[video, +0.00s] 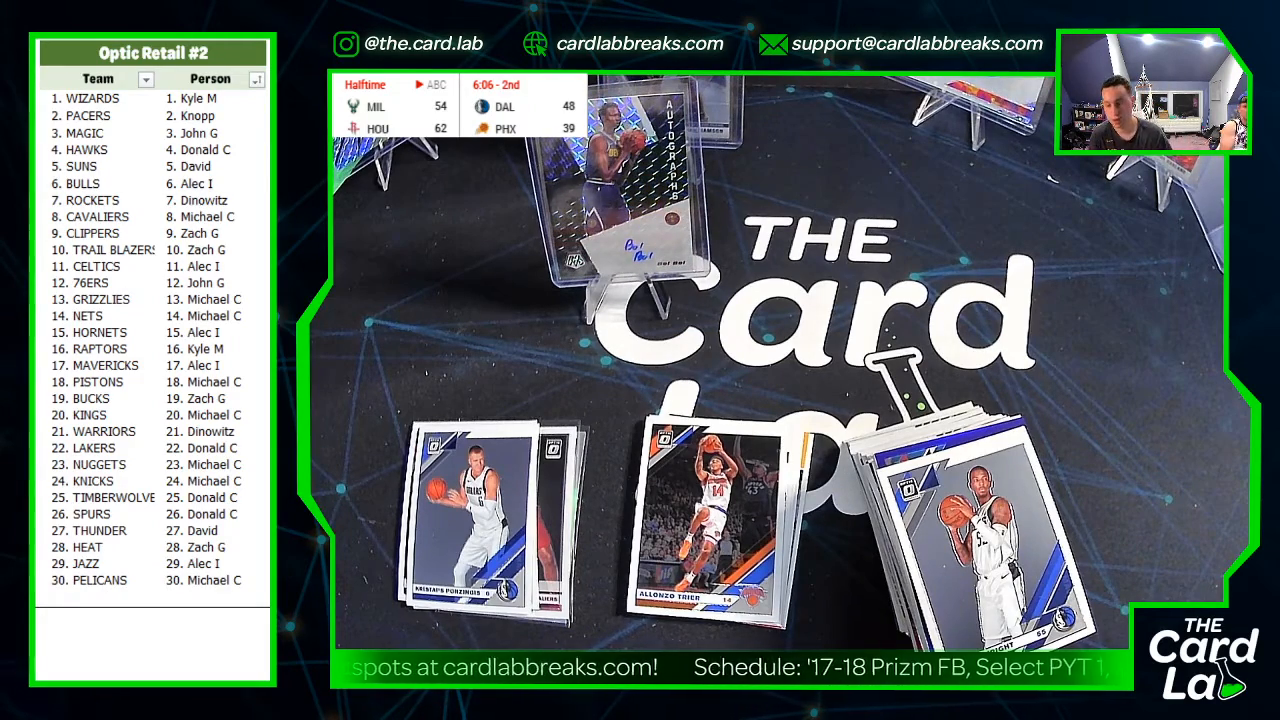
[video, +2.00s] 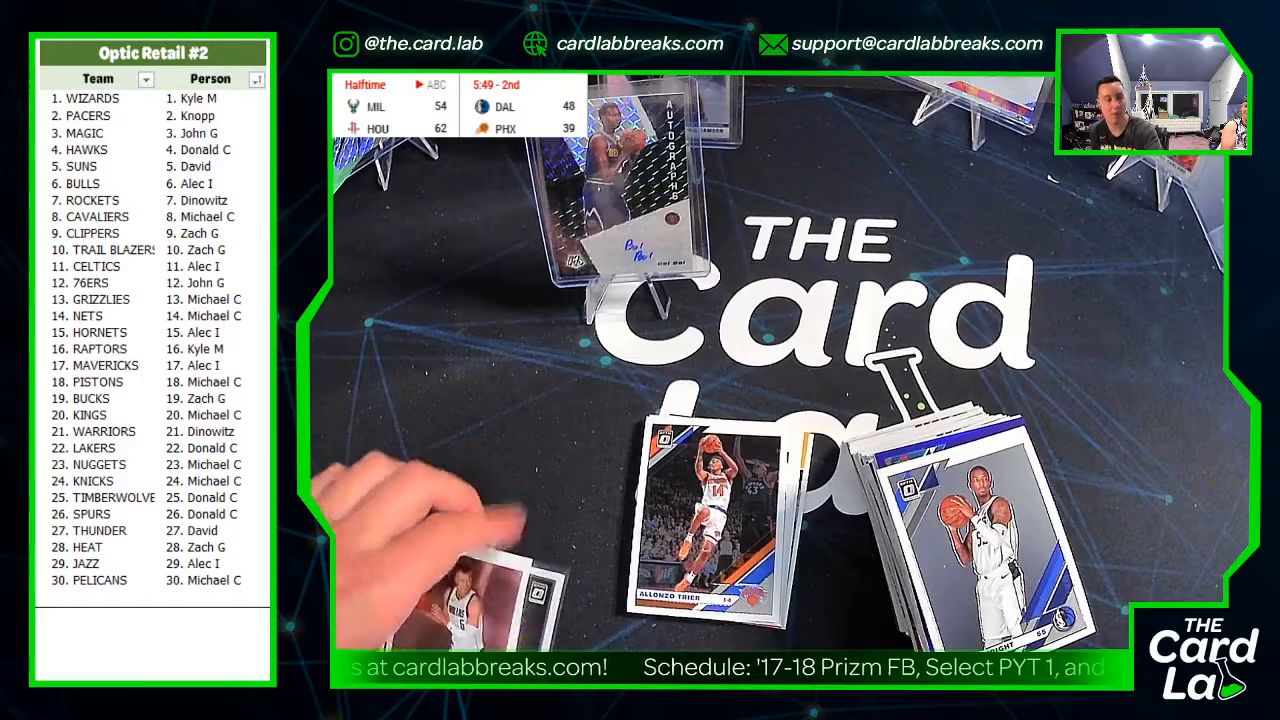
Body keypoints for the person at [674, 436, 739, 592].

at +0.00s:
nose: (714, 463)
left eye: (717, 461)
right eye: (713, 461)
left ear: (721, 465)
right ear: (710, 465)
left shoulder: (727, 476)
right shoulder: (706, 477)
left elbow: (734, 468)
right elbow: (698, 470)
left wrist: (722, 452)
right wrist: (700, 451)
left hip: (721, 513)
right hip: (706, 507)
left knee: (707, 550)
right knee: (704, 511)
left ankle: (689, 578)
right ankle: (688, 539)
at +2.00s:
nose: (714, 463)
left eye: (717, 461)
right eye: (713, 461)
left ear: (721, 465)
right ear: (710, 465)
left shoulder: (727, 476)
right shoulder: (706, 476)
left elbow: (734, 469)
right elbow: (699, 470)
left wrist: (722, 452)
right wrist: (700, 451)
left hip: (721, 513)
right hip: (707, 507)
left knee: (707, 550)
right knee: (704, 511)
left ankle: (688, 579)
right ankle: (688, 540)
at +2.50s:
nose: (714, 464)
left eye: (717, 462)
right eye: (712, 462)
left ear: (721, 465)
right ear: (709, 465)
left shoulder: (727, 476)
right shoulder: (706, 477)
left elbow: (734, 469)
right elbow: (699, 471)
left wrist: (722, 452)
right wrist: (700, 451)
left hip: (720, 513)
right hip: (706, 507)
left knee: (707, 550)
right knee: (704, 511)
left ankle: (688, 578)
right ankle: (688, 540)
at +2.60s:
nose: (714, 464)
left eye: (717, 462)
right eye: (712, 462)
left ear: (721, 465)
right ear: (709, 465)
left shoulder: (727, 476)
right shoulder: (706, 477)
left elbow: (734, 469)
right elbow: (699, 471)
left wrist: (721, 452)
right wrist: (700, 451)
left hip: (720, 513)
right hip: (706, 508)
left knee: (707, 550)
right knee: (704, 512)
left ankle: (688, 579)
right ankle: (688, 540)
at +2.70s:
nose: (714, 464)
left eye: (717, 462)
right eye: (712, 462)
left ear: (721, 465)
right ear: (709, 465)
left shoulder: (727, 476)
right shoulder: (706, 477)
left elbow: (734, 469)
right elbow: (699, 471)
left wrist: (721, 452)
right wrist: (700, 451)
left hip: (720, 513)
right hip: (706, 507)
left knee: (707, 550)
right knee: (704, 512)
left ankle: (688, 578)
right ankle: (688, 540)